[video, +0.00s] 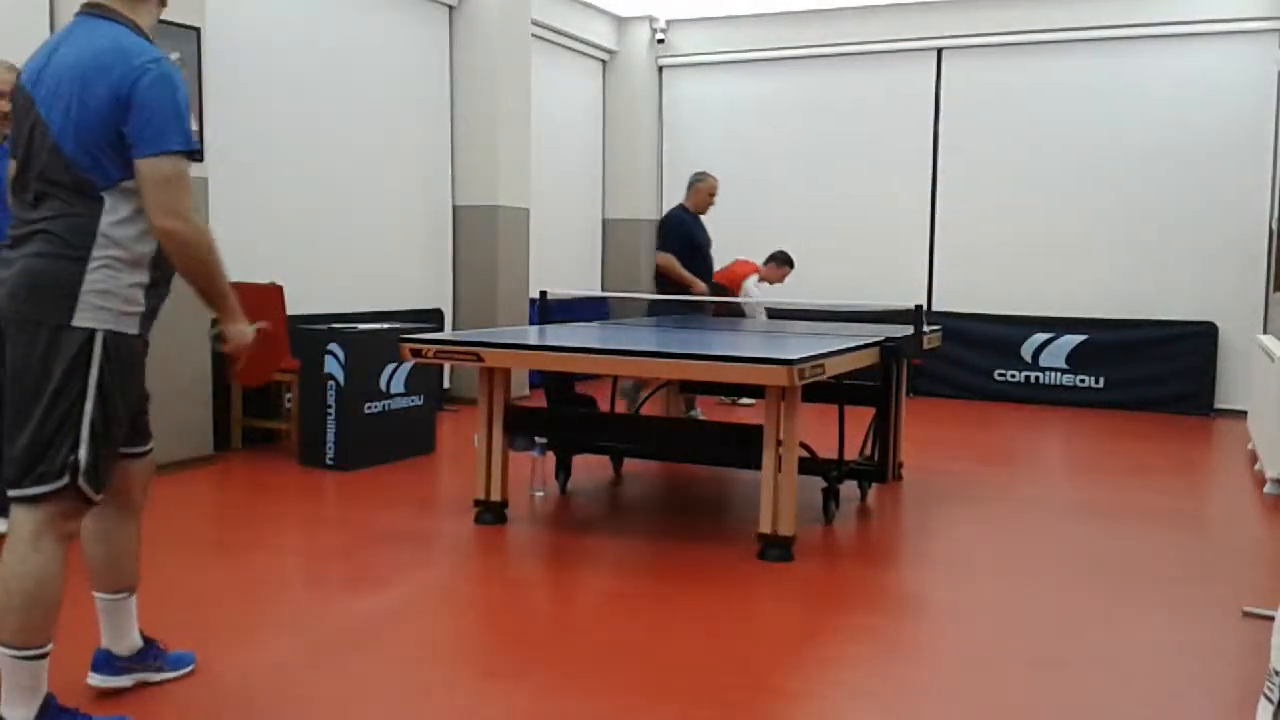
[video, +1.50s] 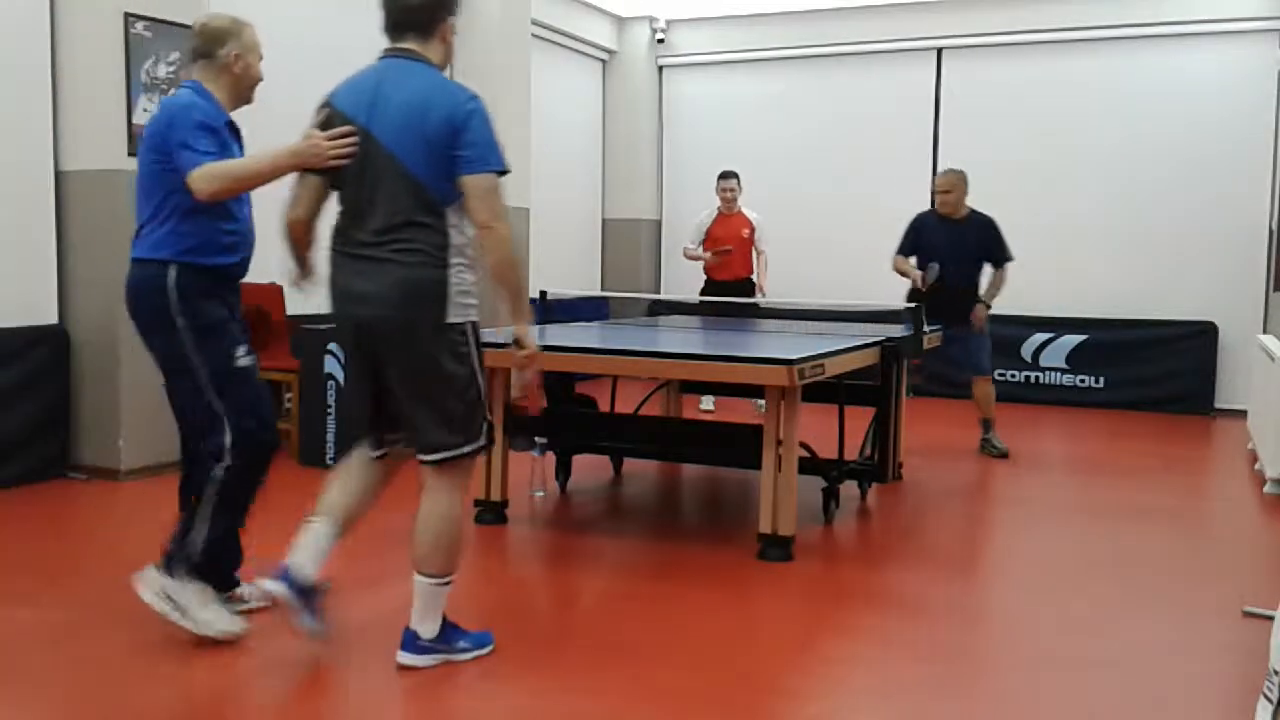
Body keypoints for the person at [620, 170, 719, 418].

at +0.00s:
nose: (713, 201)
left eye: (714, 196)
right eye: (710, 195)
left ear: (700, 193)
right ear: (694, 191)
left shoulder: (693, 219)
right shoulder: (675, 218)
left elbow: (689, 257)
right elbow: (663, 258)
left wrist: (701, 284)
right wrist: (695, 283)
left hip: (691, 301)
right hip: (674, 301)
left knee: (689, 355)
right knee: (676, 354)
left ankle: (688, 405)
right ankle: (634, 386)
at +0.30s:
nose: (762, 199)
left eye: (763, 193)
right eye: (759, 192)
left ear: (748, 189)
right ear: (744, 187)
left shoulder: (737, 215)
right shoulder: (728, 214)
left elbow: (743, 255)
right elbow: (729, 256)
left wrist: (767, 269)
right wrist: (760, 274)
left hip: (734, 299)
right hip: (719, 300)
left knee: (743, 351)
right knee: (708, 351)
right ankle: (692, 402)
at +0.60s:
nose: (821, 209)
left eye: (823, 203)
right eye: (820, 202)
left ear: (807, 194)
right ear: (806, 193)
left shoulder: (795, 221)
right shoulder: (784, 218)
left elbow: (792, 262)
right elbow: (783, 260)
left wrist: (826, 279)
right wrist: (822, 278)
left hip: (791, 306)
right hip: (779, 307)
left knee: (796, 363)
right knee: (781, 365)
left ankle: (796, 414)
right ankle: (785, 419)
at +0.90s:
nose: (868, 205)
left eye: (870, 200)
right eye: (865, 199)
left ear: (859, 194)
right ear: (849, 191)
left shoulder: (854, 220)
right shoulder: (827, 218)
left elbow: (860, 259)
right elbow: (823, 260)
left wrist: (880, 276)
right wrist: (864, 272)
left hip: (846, 306)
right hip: (825, 306)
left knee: (819, 363)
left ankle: (802, 413)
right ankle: (798, 414)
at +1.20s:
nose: (911, 195)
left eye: (915, 189)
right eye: (905, 189)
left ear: (919, 191)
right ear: (891, 188)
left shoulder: (918, 219)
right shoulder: (875, 219)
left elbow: (923, 263)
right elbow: (868, 262)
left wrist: (935, 293)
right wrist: (906, 273)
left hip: (912, 307)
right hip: (879, 309)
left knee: (930, 362)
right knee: (888, 375)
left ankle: (902, 411)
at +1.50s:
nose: (939, 199)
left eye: (946, 193)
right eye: (936, 193)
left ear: (963, 193)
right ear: (933, 193)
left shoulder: (983, 226)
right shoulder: (923, 222)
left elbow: (1000, 269)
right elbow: (898, 260)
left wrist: (985, 302)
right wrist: (913, 273)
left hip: (966, 313)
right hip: (925, 312)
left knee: (983, 372)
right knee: (901, 372)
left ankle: (988, 434)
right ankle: (881, 436)